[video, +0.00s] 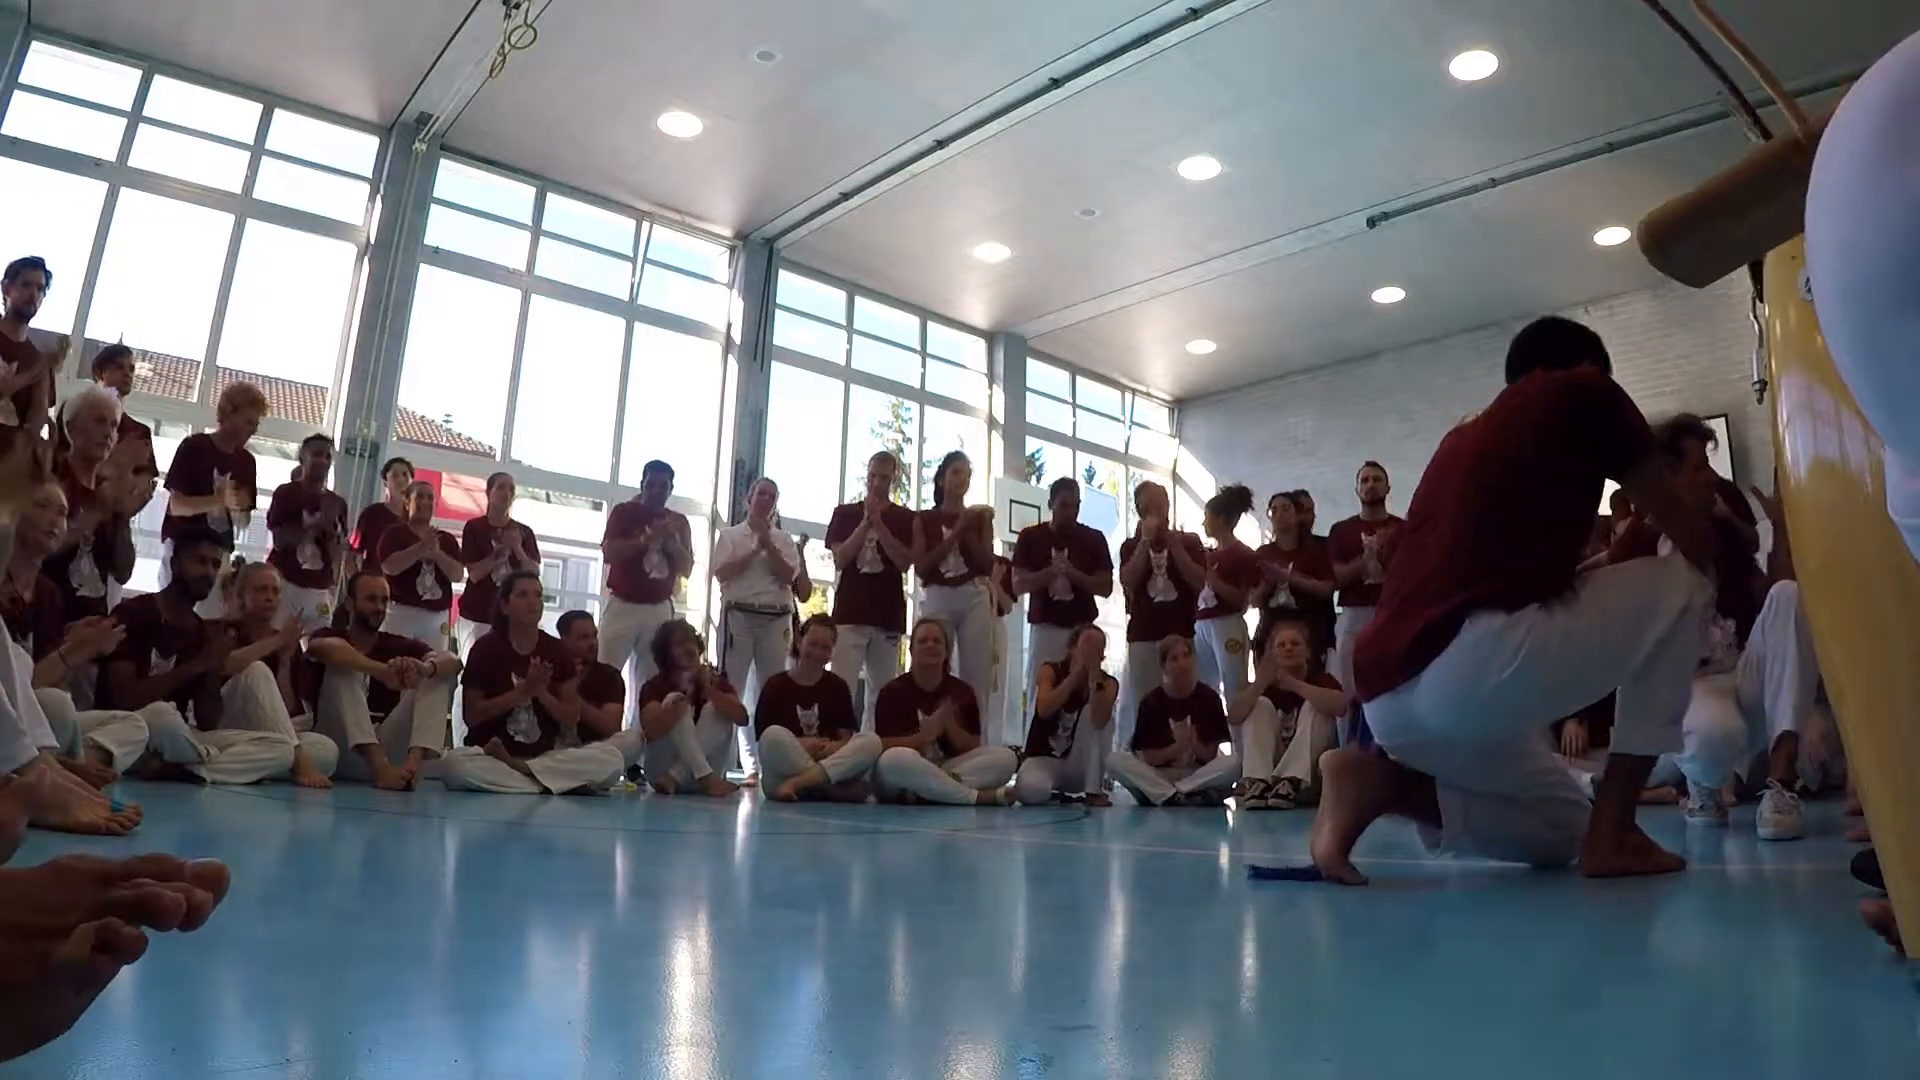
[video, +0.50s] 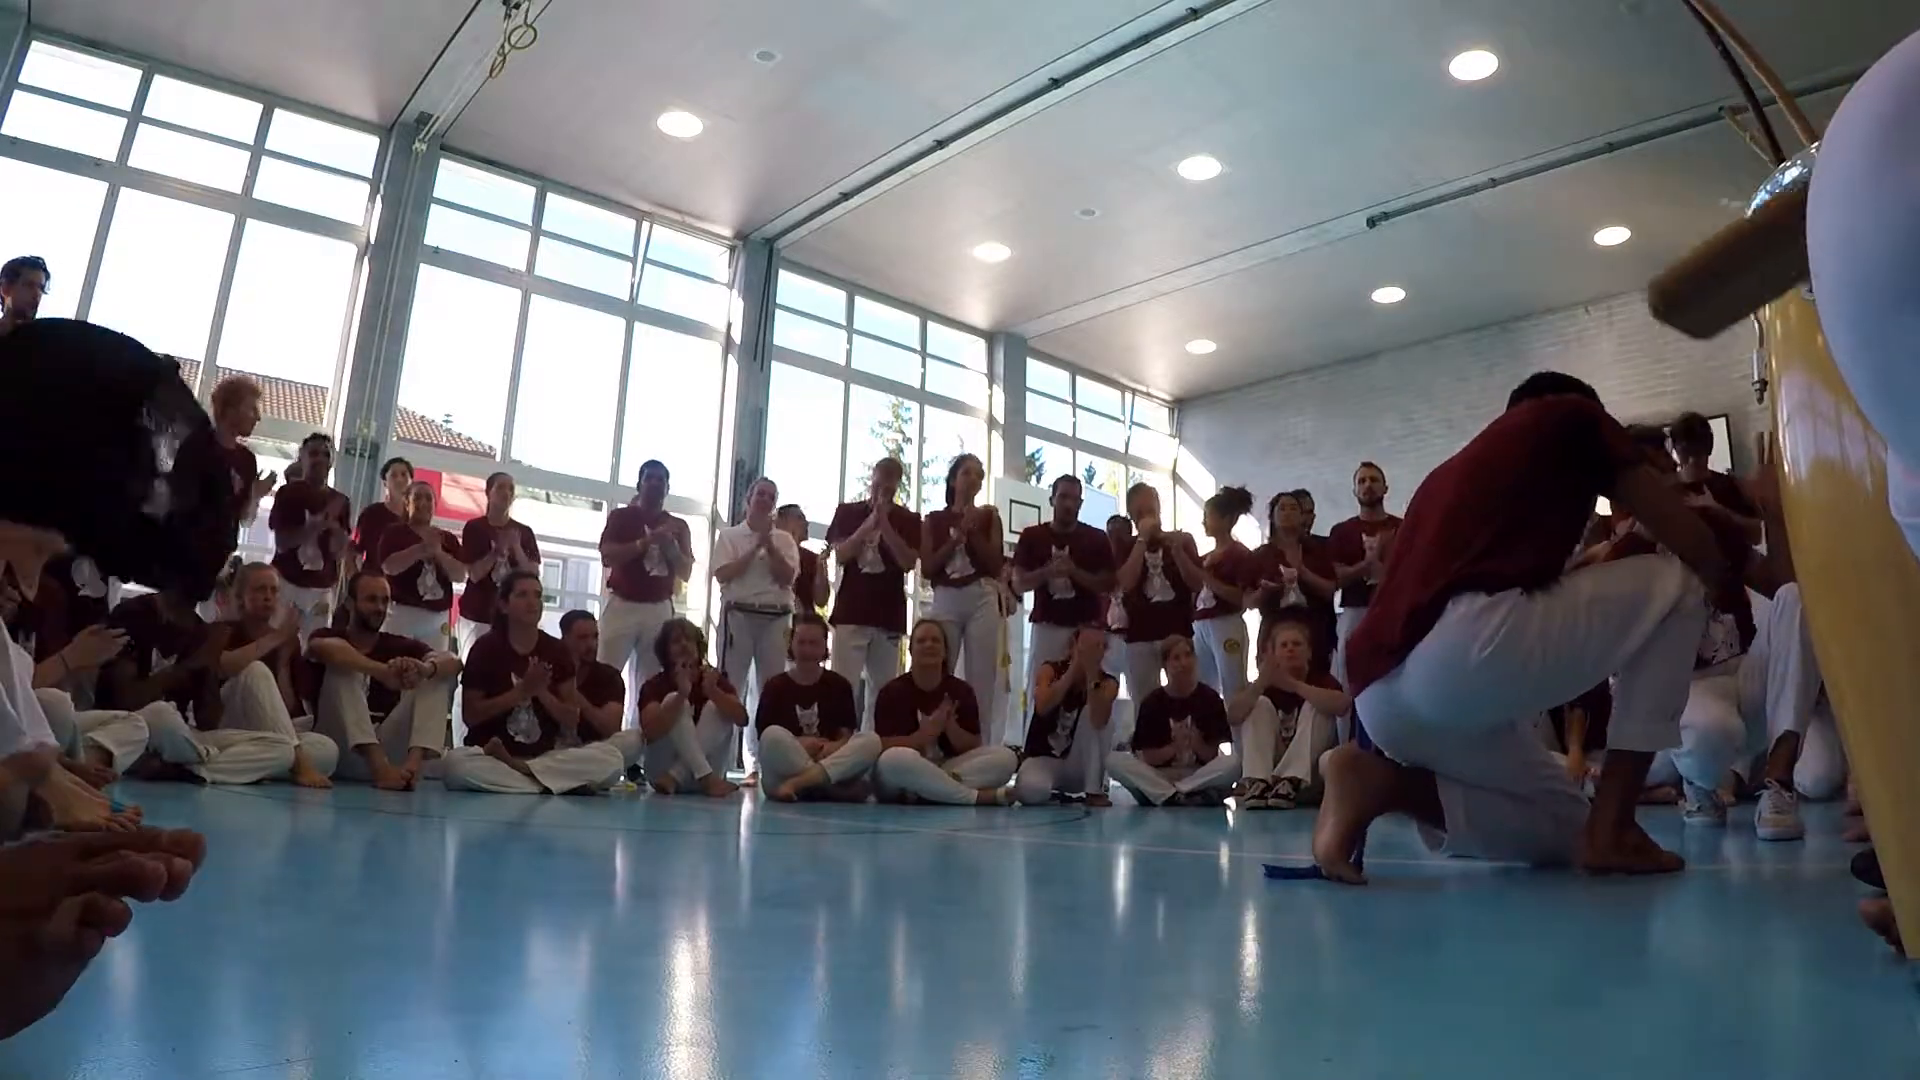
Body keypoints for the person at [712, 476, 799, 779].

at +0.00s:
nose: (764, 499)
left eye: (769, 496)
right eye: (760, 494)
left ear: (776, 503)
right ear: (748, 498)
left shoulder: (785, 539)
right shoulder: (730, 534)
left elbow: (789, 576)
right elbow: (721, 574)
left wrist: (768, 545)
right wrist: (754, 552)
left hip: (776, 617)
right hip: (738, 615)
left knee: (773, 690)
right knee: (730, 689)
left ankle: (770, 762)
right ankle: (725, 763)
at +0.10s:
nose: (764, 499)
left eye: (769, 496)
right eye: (760, 494)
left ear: (776, 503)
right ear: (748, 498)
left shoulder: (785, 538)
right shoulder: (730, 534)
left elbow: (789, 577)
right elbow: (723, 575)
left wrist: (767, 544)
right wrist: (756, 551)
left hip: (777, 617)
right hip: (738, 615)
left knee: (773, 691)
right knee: (730, 689)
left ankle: (768, 763)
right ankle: (721, 764)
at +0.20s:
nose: (763, 499)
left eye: (769, 495)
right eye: (759, 493)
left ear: (775, 502)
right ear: (748, 498)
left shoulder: (783, 537)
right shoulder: (730, 534)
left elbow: (790, 579)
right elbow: (717, 573)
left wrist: (777, 542)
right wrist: (750, 547)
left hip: (776, 617)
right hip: (738, 615)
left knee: (773, 690)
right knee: (730, 688)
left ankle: (769, 763)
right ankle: (724, 764)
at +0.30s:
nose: (763, 499)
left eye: (769, 496)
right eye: (759, 494)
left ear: (775, 503)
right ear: (748, 498)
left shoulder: (783, 540)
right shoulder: (730, 534)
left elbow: (789, 579)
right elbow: (718, 573)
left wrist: (785, 544)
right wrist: (738, 543)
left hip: (776, 617)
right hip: (738, 615)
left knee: (772, 690)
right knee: (730, 688)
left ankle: (767, 763)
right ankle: (726, 764)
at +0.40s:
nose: (763, 499)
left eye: (769, 496)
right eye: (759, 494)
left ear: (775, 503)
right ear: (748, 498)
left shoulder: (783, 537)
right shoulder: (729, 534)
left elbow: (788, 577)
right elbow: (720, 574)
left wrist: (775, 542)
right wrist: (746, 545)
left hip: (775, 617)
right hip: (738, 615)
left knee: (772, 689)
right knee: (730, 687)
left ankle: (767, 761)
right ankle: (725, 761)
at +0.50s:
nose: (763, 499)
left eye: (768, 496)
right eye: (759, 494)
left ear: (775, 504)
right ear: (747, 498)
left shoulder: (785, 539)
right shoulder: (729, 535)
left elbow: (788, 578)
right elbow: (721, 575)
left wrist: (769, 545)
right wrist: (754, 549)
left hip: (776, 617)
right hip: (738, 616)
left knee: (773, 690)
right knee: (730, 688)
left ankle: (766, 762)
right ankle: (725, 763)